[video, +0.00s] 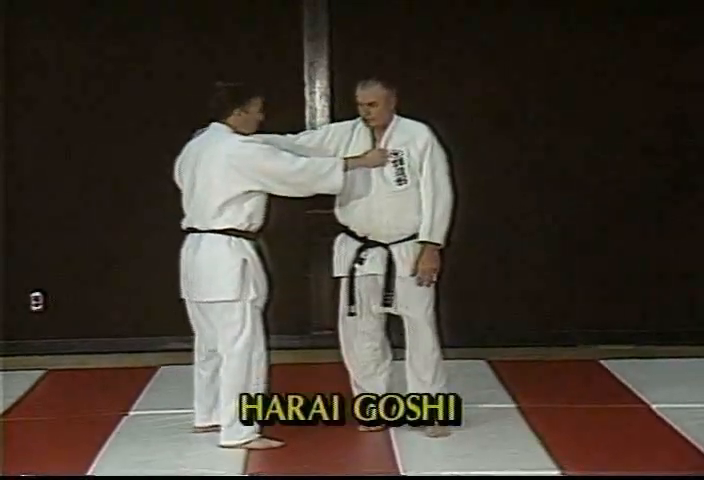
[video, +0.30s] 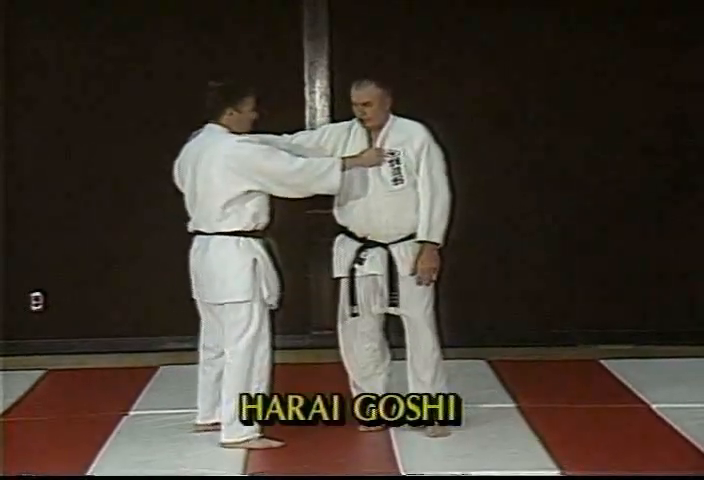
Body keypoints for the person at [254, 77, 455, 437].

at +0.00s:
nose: (366, 112)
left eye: (372, 106)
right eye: (361, 106)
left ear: (391, 103)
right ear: (356, 105)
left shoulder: (418, 137)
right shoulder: (345, 134)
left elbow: (439, 194)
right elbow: (297, 144)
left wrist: (431, 247)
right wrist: (246, 142)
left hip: (408, 248)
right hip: (358, 247)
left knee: (420, 327)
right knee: (360, 327)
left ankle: (429, 407)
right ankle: (372, 405)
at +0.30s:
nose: (361, 113)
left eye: (367, 106)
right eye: (356, 106)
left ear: (387, 103)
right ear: (351, 106)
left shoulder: (415, 136)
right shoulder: (343, 134)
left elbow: (436, 192)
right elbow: (294, 144)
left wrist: (431, 245)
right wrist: (241, 143)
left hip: (407, 247)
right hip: (357, 248)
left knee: (420, 327)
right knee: (359, 327)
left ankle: (429, 408)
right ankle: (371, 405)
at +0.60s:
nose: (358, 117)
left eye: (364, 109)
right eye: (352, 111)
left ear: (385, 105)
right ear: (348, 109)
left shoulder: (413, 136)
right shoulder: (337, 134)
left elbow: (436, 191)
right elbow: (290, 146)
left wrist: (429, 242)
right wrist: (245, 152)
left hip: (407, 247)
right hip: (356, 249)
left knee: (421, 328)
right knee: (359, 329)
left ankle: (430, 408)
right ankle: (371, 406)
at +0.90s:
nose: (367, 115)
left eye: (373, 107)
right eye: (362, 108)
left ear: (393, 104)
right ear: (358, 108)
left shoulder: (416, 137)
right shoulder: (349, 132)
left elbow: (417, 205)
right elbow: (299, 137)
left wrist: (363, 224)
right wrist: (245, 132)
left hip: (409, 246)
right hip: (359, 246)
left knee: (422, 330)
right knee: (361, 328)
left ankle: (434, 410)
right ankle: (374, 407)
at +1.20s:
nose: (374, 112)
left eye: (381, 106)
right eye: (369, 106)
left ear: (400, 104)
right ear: (365, 105)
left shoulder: (418, 138)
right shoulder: (354, 129)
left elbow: (387, 180)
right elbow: (305, 136)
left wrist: (326, 196)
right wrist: (242, 131)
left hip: (412, 246)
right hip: (363, 246)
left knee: (424, 331)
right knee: (364, 330)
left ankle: (437, 409)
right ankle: (374, 405)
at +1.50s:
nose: (383, 111)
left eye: (390, 105)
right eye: (379, 104)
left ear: (411, 104)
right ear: (376, 104)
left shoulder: (427, 138)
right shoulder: (363, 127)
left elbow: (394, 176)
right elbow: (318, 136)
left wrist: (328, 186)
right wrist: (263, 134)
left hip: (418, 245)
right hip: (370, 245)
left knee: (429, 328)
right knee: (371, 329)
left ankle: (439, 406)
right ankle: (382, 404)